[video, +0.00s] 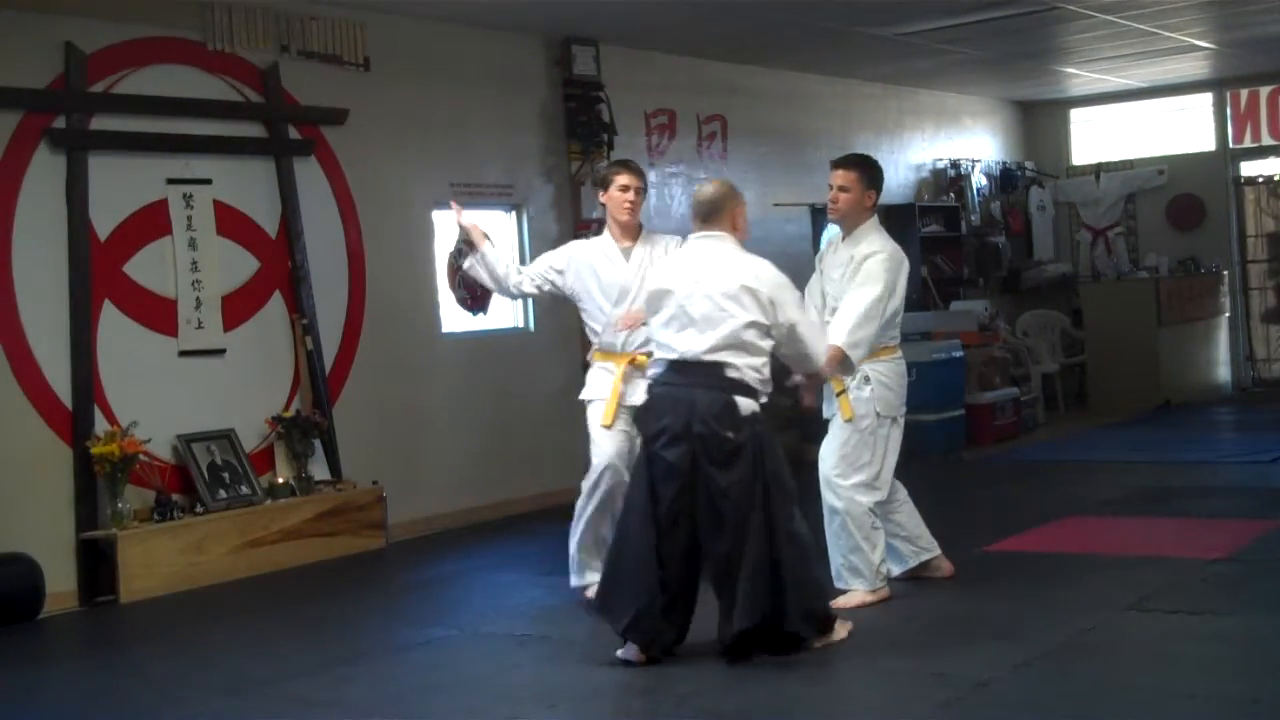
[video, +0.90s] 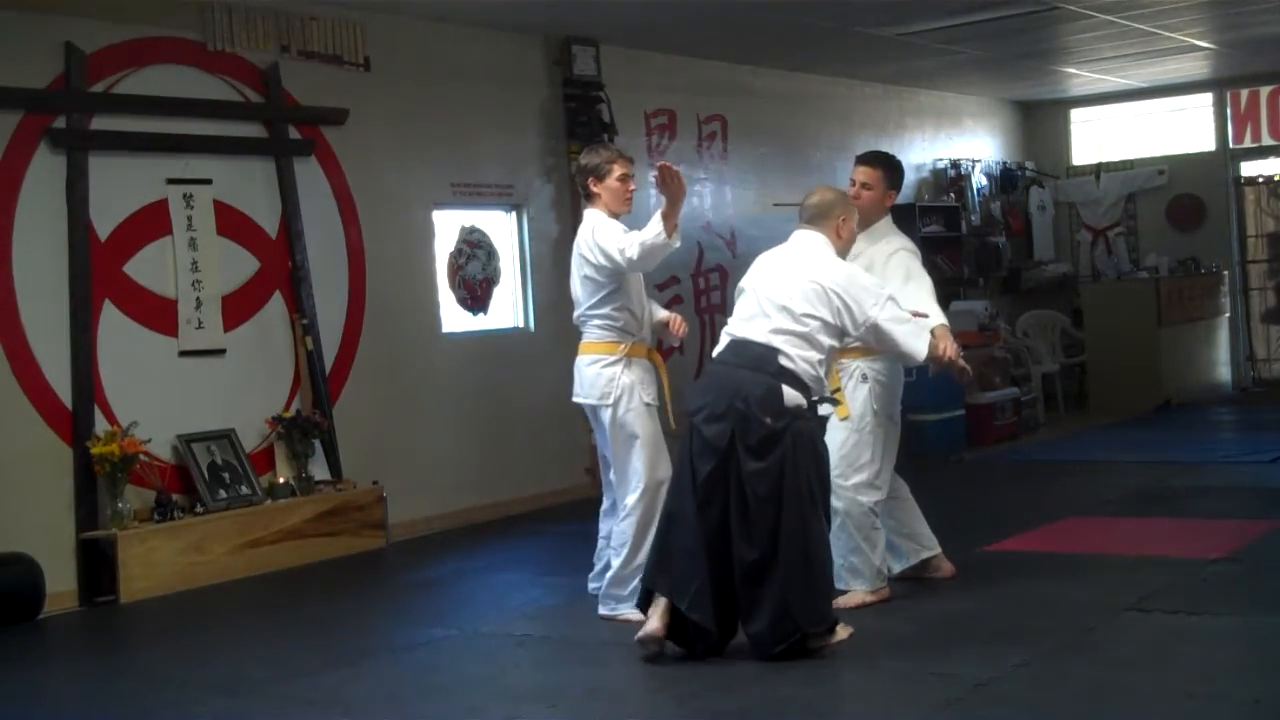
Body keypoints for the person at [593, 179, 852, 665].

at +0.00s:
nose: (747, 221)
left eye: (743, 213)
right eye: (745, 214)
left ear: (695, 220)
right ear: (738, 218)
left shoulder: (663, 266)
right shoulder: (759, 274)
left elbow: (634, 321)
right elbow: (810, 351)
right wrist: (812, 375)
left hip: (665, 400)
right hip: (730, 403)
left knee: (661, 519)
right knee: (760, 516)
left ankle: (643, 637)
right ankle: (808, 623)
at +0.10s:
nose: (780, 222)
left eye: (777, 215)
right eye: (778, 215)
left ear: (728, 219)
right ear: (769, 219)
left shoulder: (694, 265)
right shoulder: (789, 275)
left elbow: (688, 324)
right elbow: (837, 346)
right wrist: (853, 379)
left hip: (682, 393)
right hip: (747, 398)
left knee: (675, 515)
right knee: (774, 514)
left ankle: (649, 629)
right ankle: (799, 623)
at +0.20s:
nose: (811, 222)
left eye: (809, 214)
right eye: (809, 214)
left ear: (757, 218)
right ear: (798, 218)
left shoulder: (724, 261)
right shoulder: (809, 273)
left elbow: (723, 322)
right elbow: (860, 343)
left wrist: (799, 347)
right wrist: (892, 369)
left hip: (696, 383)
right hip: (758, 393)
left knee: (681, 507)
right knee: (786, 510)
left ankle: (650, 619)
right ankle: (809, 624)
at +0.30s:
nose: (831, 227)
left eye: (830, 218)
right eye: (829, 219)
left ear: (782, 221)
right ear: (818, 223)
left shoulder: (746, 260)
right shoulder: (825, 274)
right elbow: (870, 325)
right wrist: (911, 350)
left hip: (704, 378)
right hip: (765, 390)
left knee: (684, 503)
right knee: (790, 510)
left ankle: (648, 617)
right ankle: (812, 623)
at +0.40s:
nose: (846, 234)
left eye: (845, 225)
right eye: (845, 226)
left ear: (798, 223)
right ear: (834, 226)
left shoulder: (762, 260)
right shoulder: (835, 276)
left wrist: (880, 307)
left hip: (710, 382)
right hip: (770, 394)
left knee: (688, 505)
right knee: (799, 514)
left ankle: (649, 614)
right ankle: (815, 622)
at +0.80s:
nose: (859, 236)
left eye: (859, 228)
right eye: (860, 228)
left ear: (810, 223)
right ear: (848, 228)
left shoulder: (772, 261)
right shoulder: (853, 279)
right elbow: (914, 338)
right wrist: (941, 345)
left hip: (719, 379)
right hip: (779, 391)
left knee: (696, 501)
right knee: (803, 513)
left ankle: (653, 612)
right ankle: (811, 625)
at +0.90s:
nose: (855, 236)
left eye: (854, 228)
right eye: (854, 228)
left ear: (805, 223)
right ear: (842, 226)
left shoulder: (767, 259)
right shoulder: (847, 278)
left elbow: (744, 307)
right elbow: (909, 339)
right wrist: (939, 352)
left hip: (717, 378)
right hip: (779, 391)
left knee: (698, 501)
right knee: (800, 514)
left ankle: (661, 608)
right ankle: (810, 625)